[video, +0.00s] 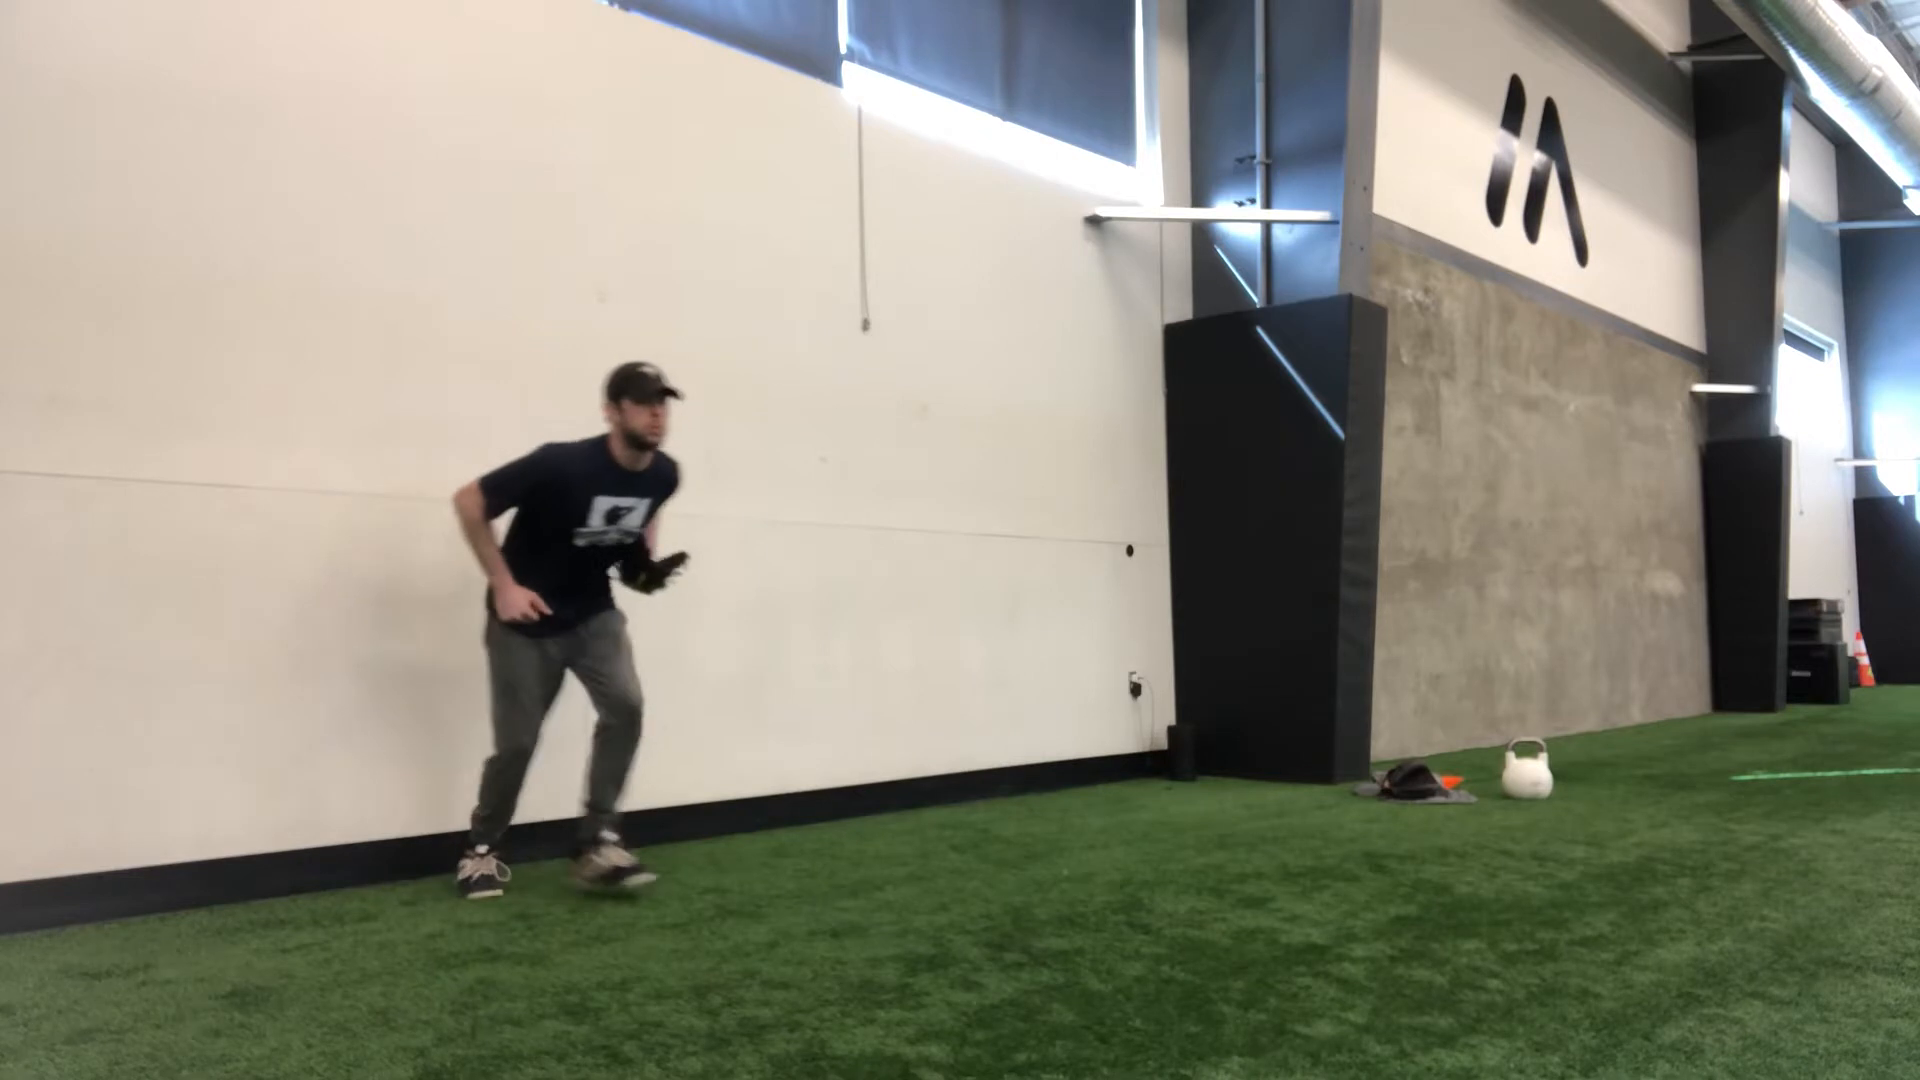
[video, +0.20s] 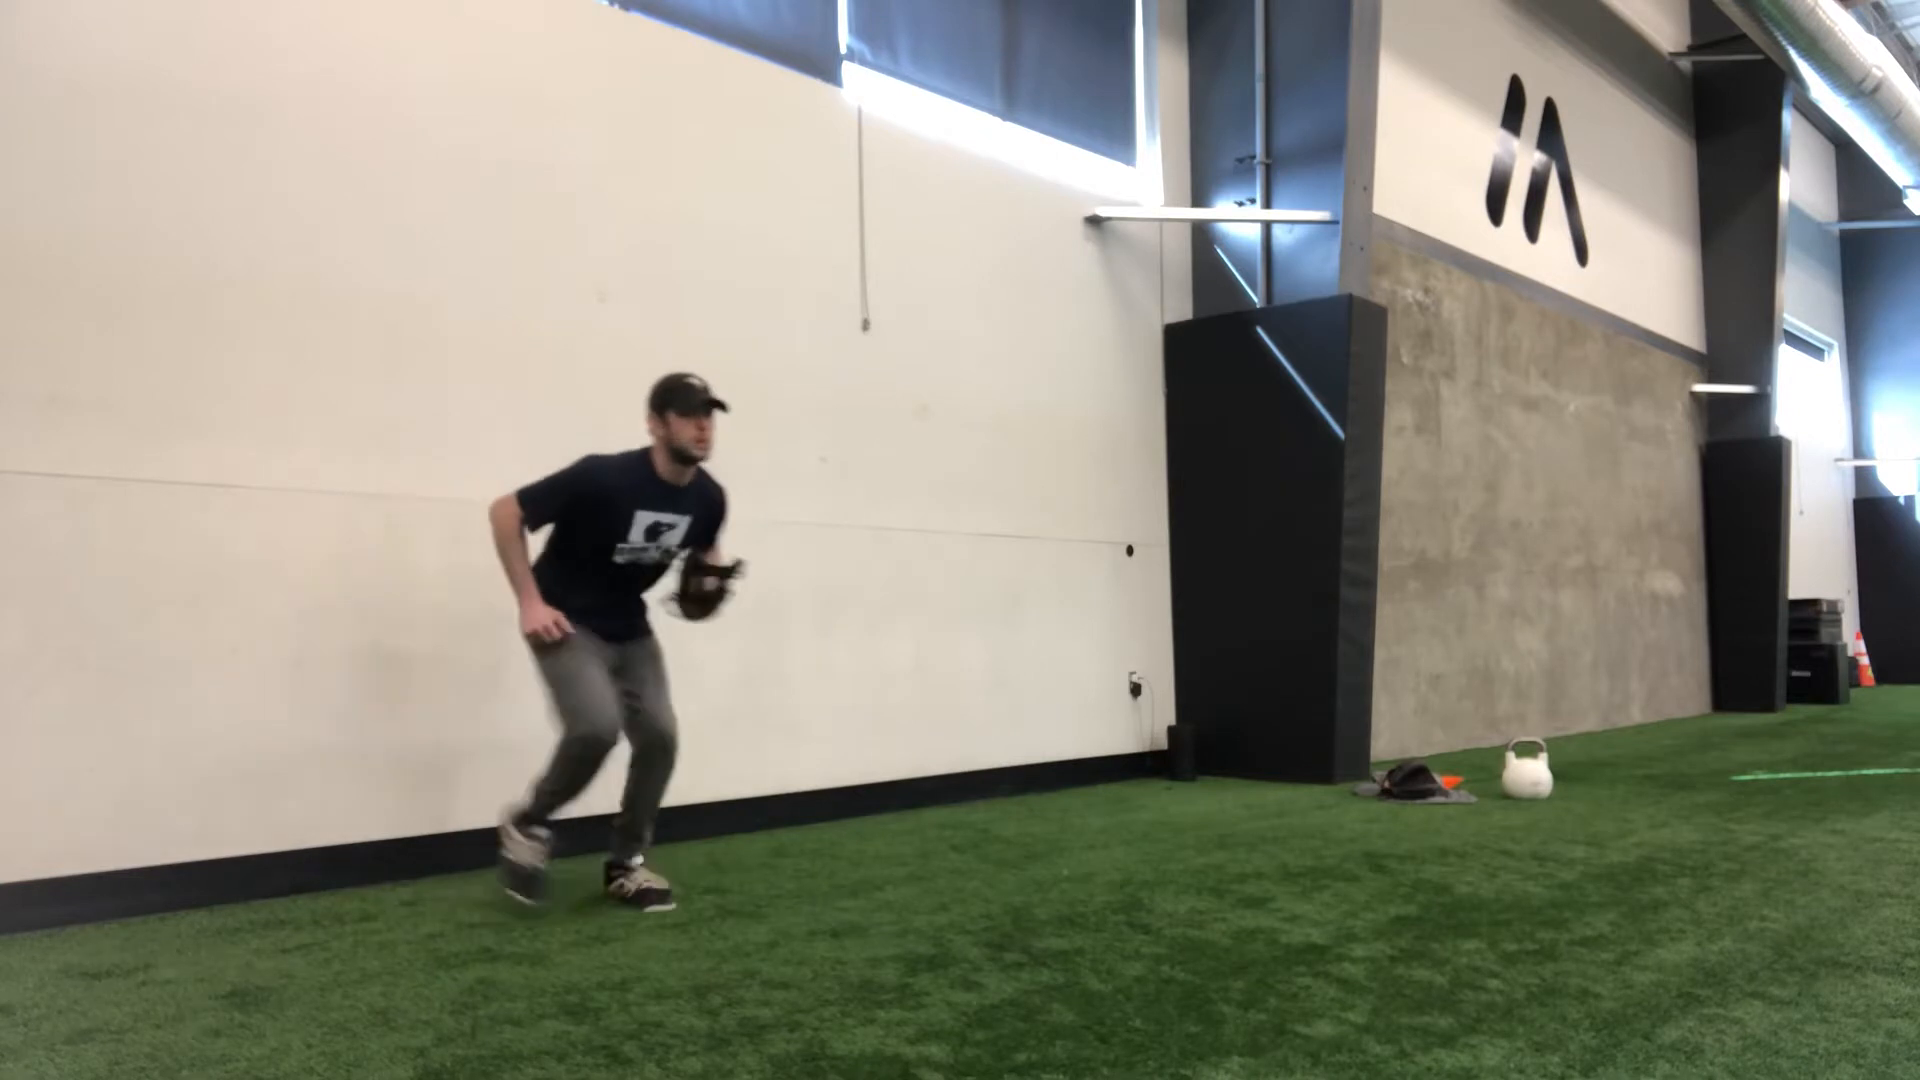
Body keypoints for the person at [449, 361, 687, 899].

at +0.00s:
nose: (657, 415)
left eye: (663, 404)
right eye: (643, 403)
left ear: (668, 411)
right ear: (613, 410)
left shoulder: (662, 475)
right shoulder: (560, 465)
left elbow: (645, 518)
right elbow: (470, 501)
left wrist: (643, 563)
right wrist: (503, 584)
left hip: (591, 613)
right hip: (525, 618)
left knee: (624, 709)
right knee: (516, 743)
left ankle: (598, 842)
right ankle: (482, 852)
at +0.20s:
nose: (704, 428)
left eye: (709, 417)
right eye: (690, 416)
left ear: (714, 424)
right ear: (657, 422)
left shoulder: (707, 500)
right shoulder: (602, 477)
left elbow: (697, 573)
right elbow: (506, 512)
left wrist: (708, 585)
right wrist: (529, 601)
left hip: (626, 622)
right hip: (564, 618)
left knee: (659, 736)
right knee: (597, 728)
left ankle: (625, 866)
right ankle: (527, 826)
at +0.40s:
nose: (740, 427)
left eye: (745, 415)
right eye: (726, 414)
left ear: (749, 419)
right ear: (690, 416)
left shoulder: (739, 496)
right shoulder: (631, 473)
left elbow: (740, 582)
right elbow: (524, 522)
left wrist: (752, 615)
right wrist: (559, 613)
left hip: (648, 613)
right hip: (584, 608)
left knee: (703, 724)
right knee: (620, 723)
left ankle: (622, 828)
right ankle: (624, 909)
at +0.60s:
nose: (768, 483)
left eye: (773, 470)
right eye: (756, 470)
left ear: (776, 468)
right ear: (716, 468)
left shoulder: (773, 530)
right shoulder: (662, 526)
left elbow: (782, 630)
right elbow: (594, 634)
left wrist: (792, 678)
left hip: (676, 634)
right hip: (607, 636)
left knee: (770, 680)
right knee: (668, 732)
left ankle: (628, 775)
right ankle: (622, 914)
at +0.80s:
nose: (817, 556)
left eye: (823, 542)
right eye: (805, 542)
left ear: (829, 535)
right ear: (767, 531)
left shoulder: (816, 590)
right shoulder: (708, 573)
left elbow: (812, 704)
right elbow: (720, 704)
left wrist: (835, 786)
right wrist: (832, 719)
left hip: (719, 639)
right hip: (638, 633)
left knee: (818, 720)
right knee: (669, 730)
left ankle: (904, 837)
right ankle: (622, 913)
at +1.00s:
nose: (880, 635)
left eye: (887, 622)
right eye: (870, 621)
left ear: (892, 615)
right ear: (831, 610)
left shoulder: (876, 663)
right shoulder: (774, 636)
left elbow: (861, 777)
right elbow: (807, 774)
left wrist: (891, 837)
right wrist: (911, 817)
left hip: (784, 678)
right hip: (701, 660)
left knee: (893, 741)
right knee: (702, 741)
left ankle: (963, 875)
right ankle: (623, 916)